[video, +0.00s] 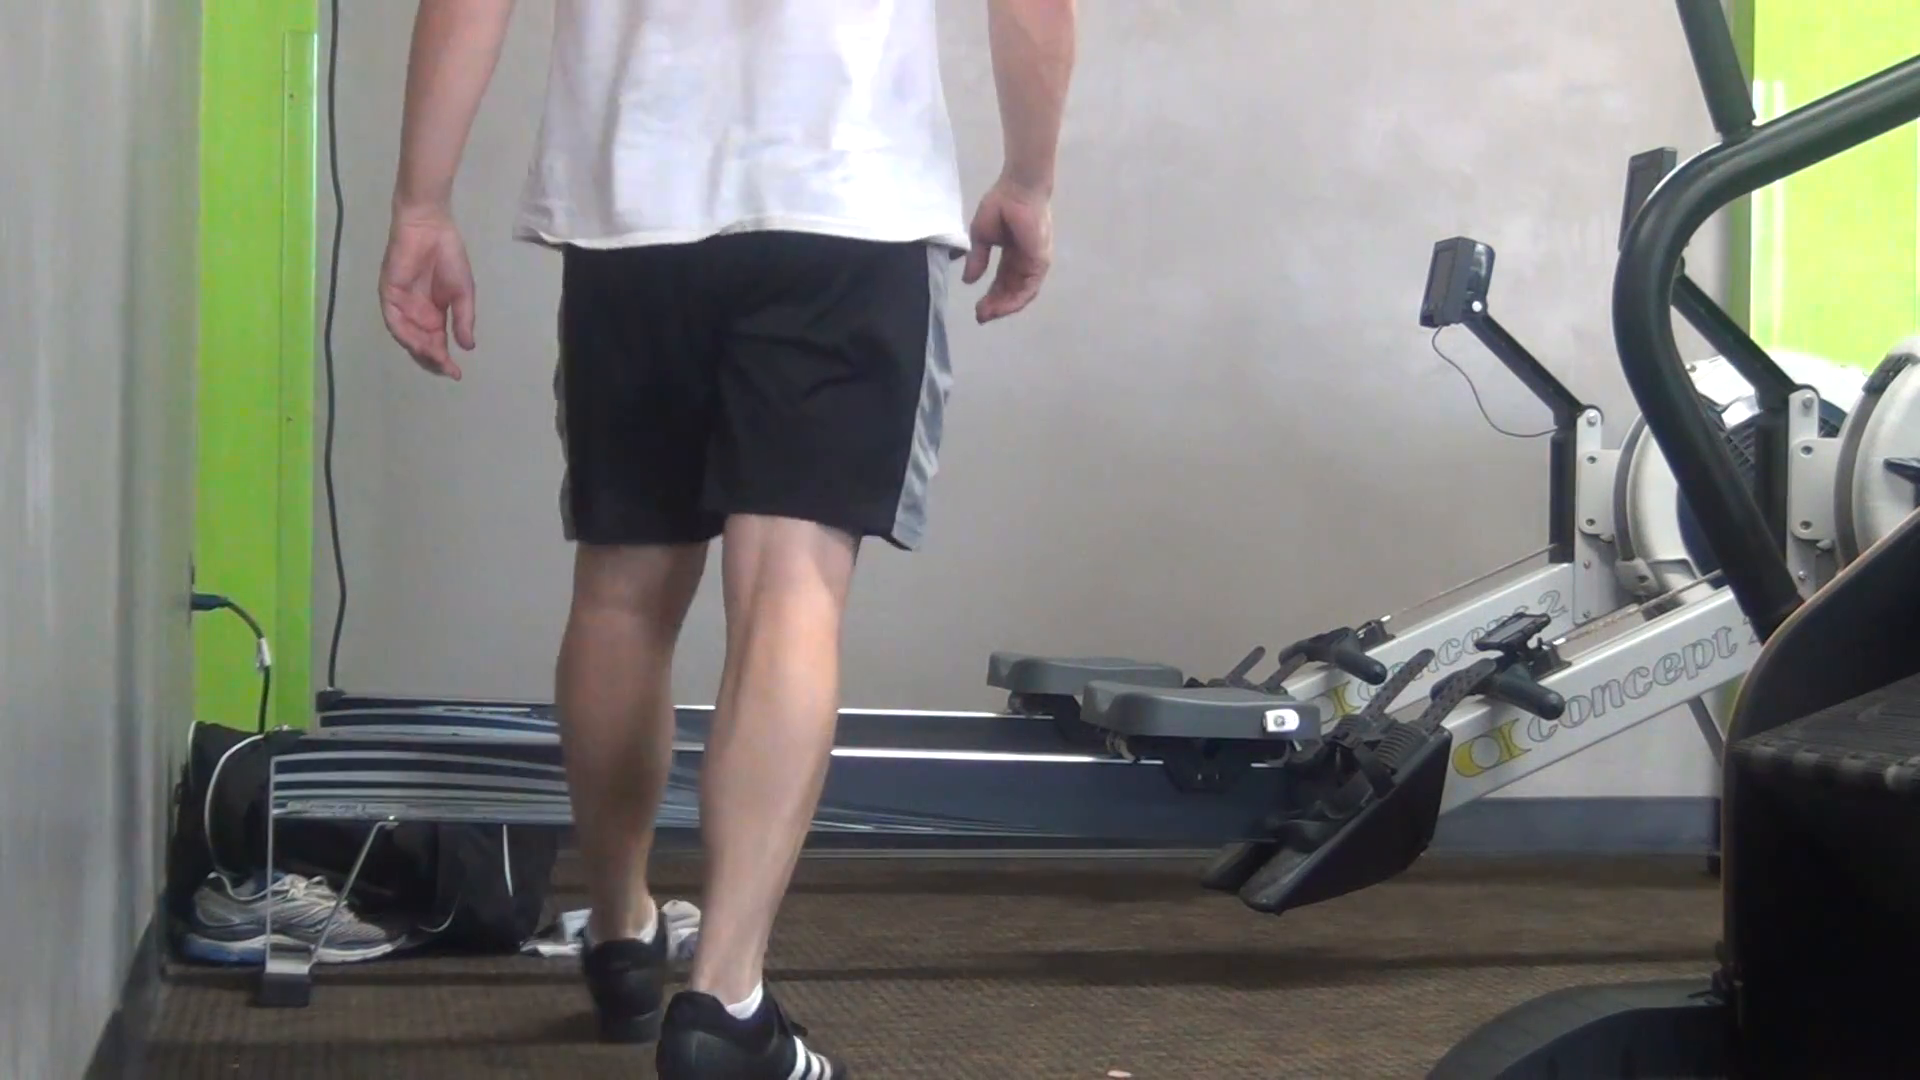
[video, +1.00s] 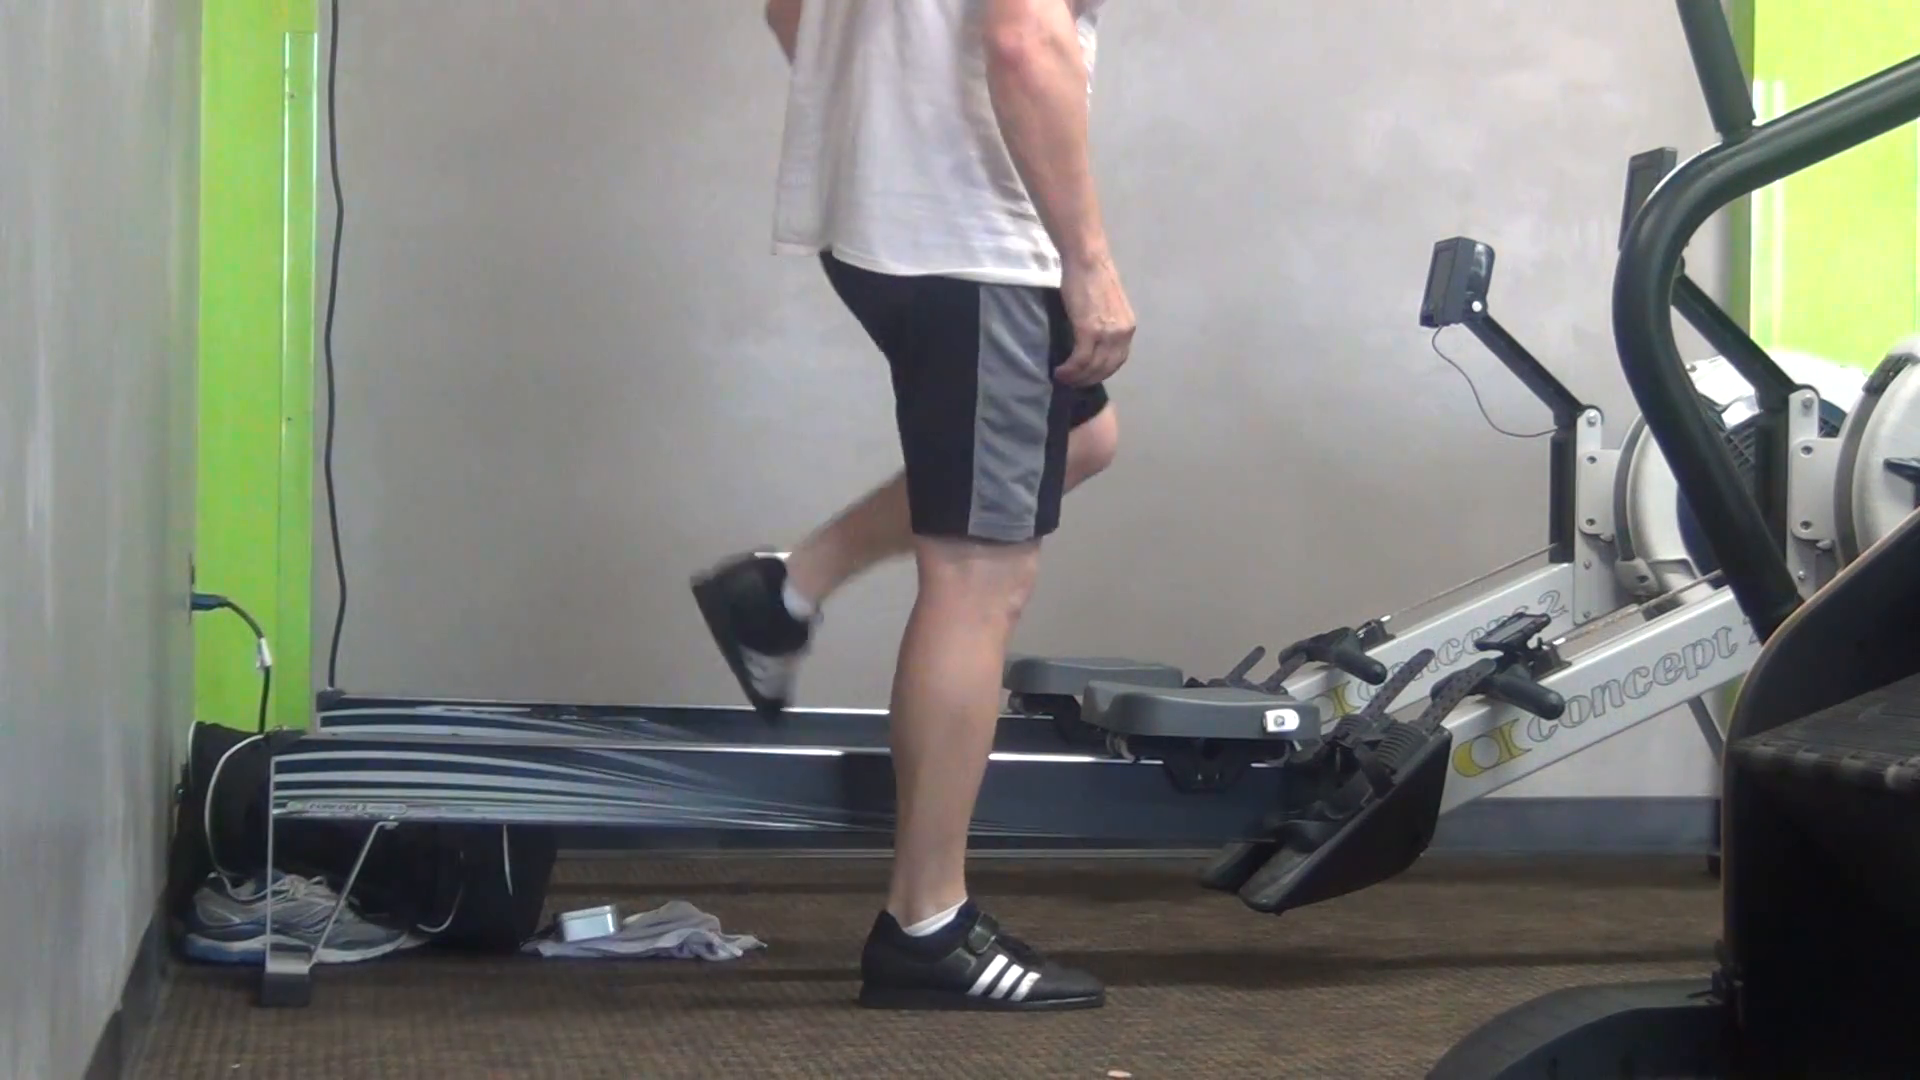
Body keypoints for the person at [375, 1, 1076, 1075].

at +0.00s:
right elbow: (1033, 5)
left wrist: (423, 200)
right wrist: (1026, 177)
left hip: (625, 172)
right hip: (847, 167)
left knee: (622, 588)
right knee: (791, 592)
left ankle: (621, 942)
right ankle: (723, 1004)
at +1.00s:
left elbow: (788, 7)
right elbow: (1024, 43)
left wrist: (887, 108)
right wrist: (1091, 259)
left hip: (871, 206)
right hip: (963, 225)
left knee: (1079, 434)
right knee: (978, 581)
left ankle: (782, 590)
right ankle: (925, 926)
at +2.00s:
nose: (1392, 243)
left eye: (1414, 231)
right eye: (1411, 213)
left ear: (1375, 145)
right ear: (1382, 143)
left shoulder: (1269, 258)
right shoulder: (1246, 136)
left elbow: (1248, 445)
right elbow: (1079, 175)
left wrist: (1258, 633)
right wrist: (1086, 381)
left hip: (1021, 413)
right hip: (982, 397)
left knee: (1199, 607)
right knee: (1256, 590)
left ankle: (1096, 884)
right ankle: (1142, 929)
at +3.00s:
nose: (1149, 233)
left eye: (1157, 209)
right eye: (1147, 197)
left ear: (1086, 171)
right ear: (1084, 164)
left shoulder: (1058, 342)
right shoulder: (945, 236)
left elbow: (1138, 519)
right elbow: (805, 363)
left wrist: (1276, 674)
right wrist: (924, 526)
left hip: (934, 600)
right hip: (839, 596)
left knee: (1181, 645)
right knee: (1204, 571)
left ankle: (1133, 935)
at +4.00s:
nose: (1008, 208)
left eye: (1019, 187)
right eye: (1000, 174)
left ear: (945, 160)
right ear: (933, 142)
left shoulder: (969, 340)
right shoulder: (797, 217)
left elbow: (1078, 514)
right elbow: (646, 328)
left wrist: (1236, 626)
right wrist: (818, 450)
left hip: (908, 612)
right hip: (802, 589)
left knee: (1111, 587)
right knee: (1109, 407)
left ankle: (1138, 881)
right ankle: (1204, 738)